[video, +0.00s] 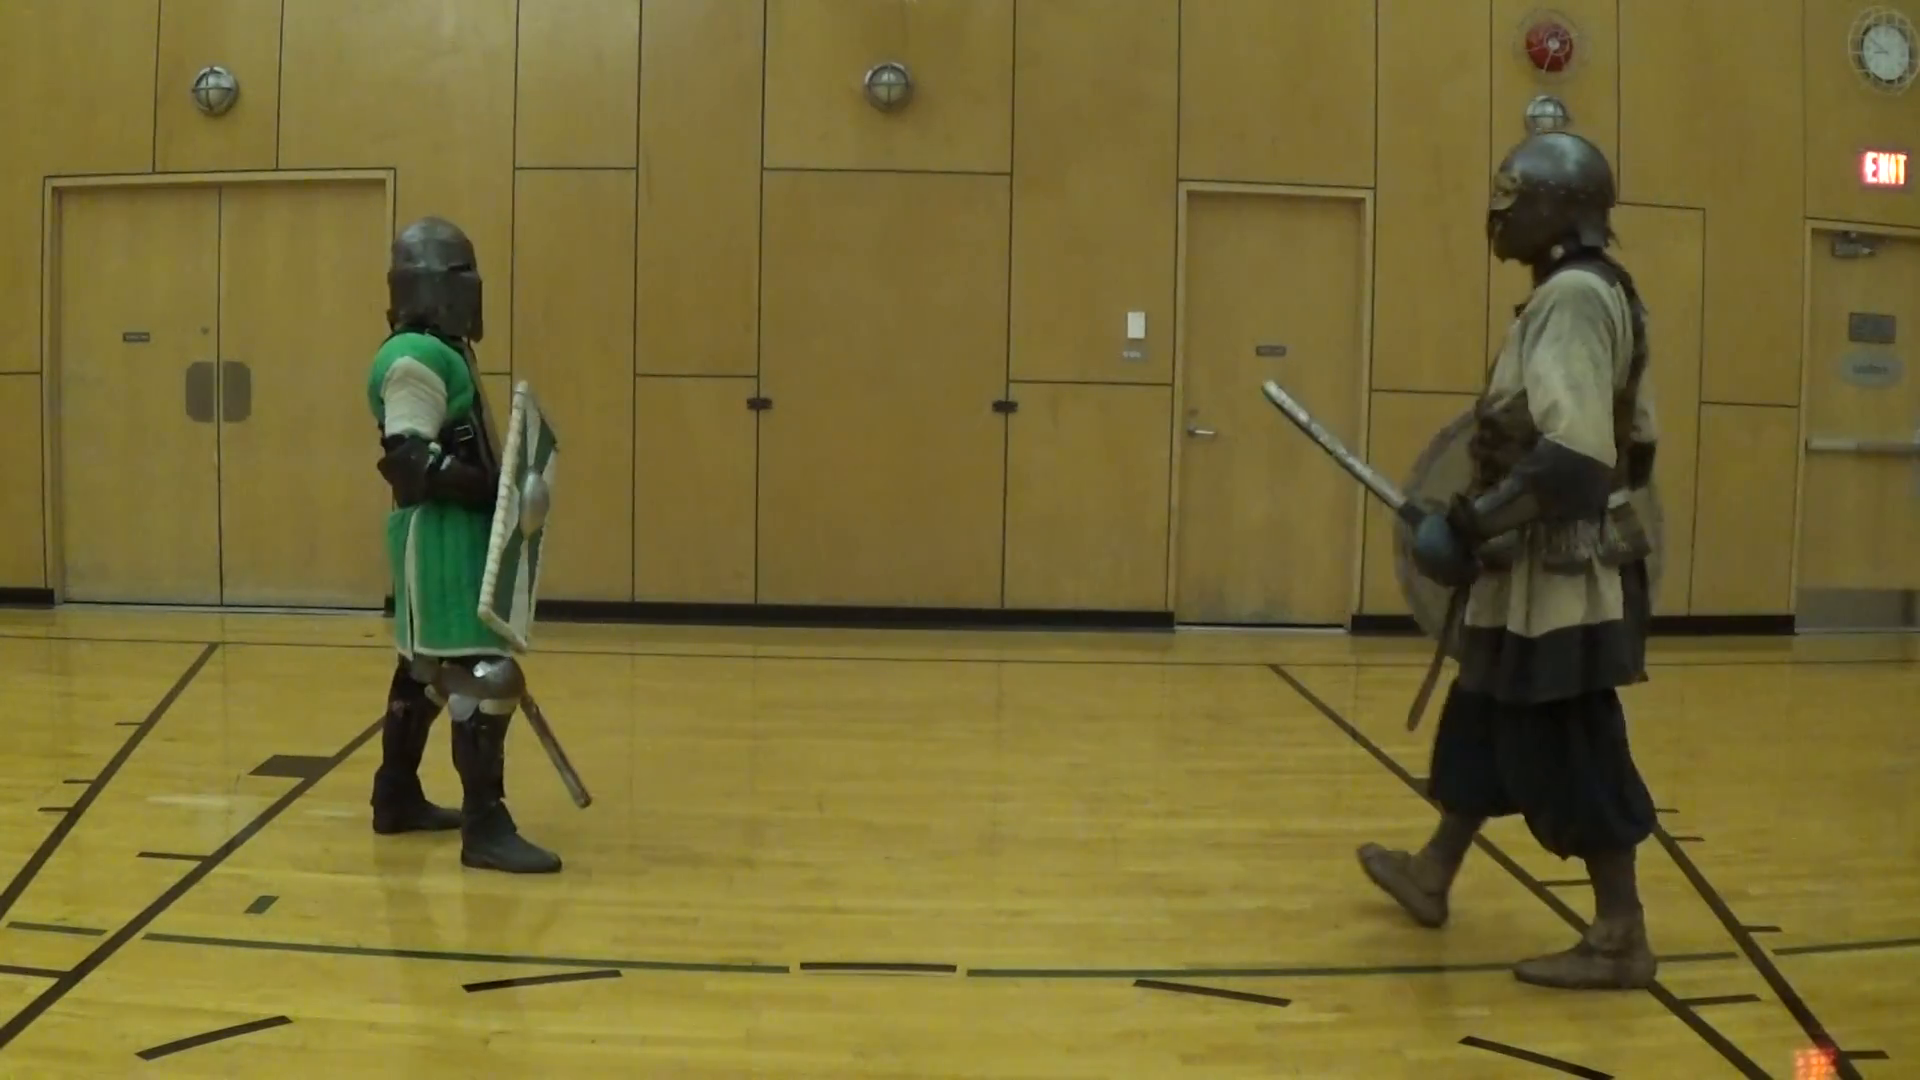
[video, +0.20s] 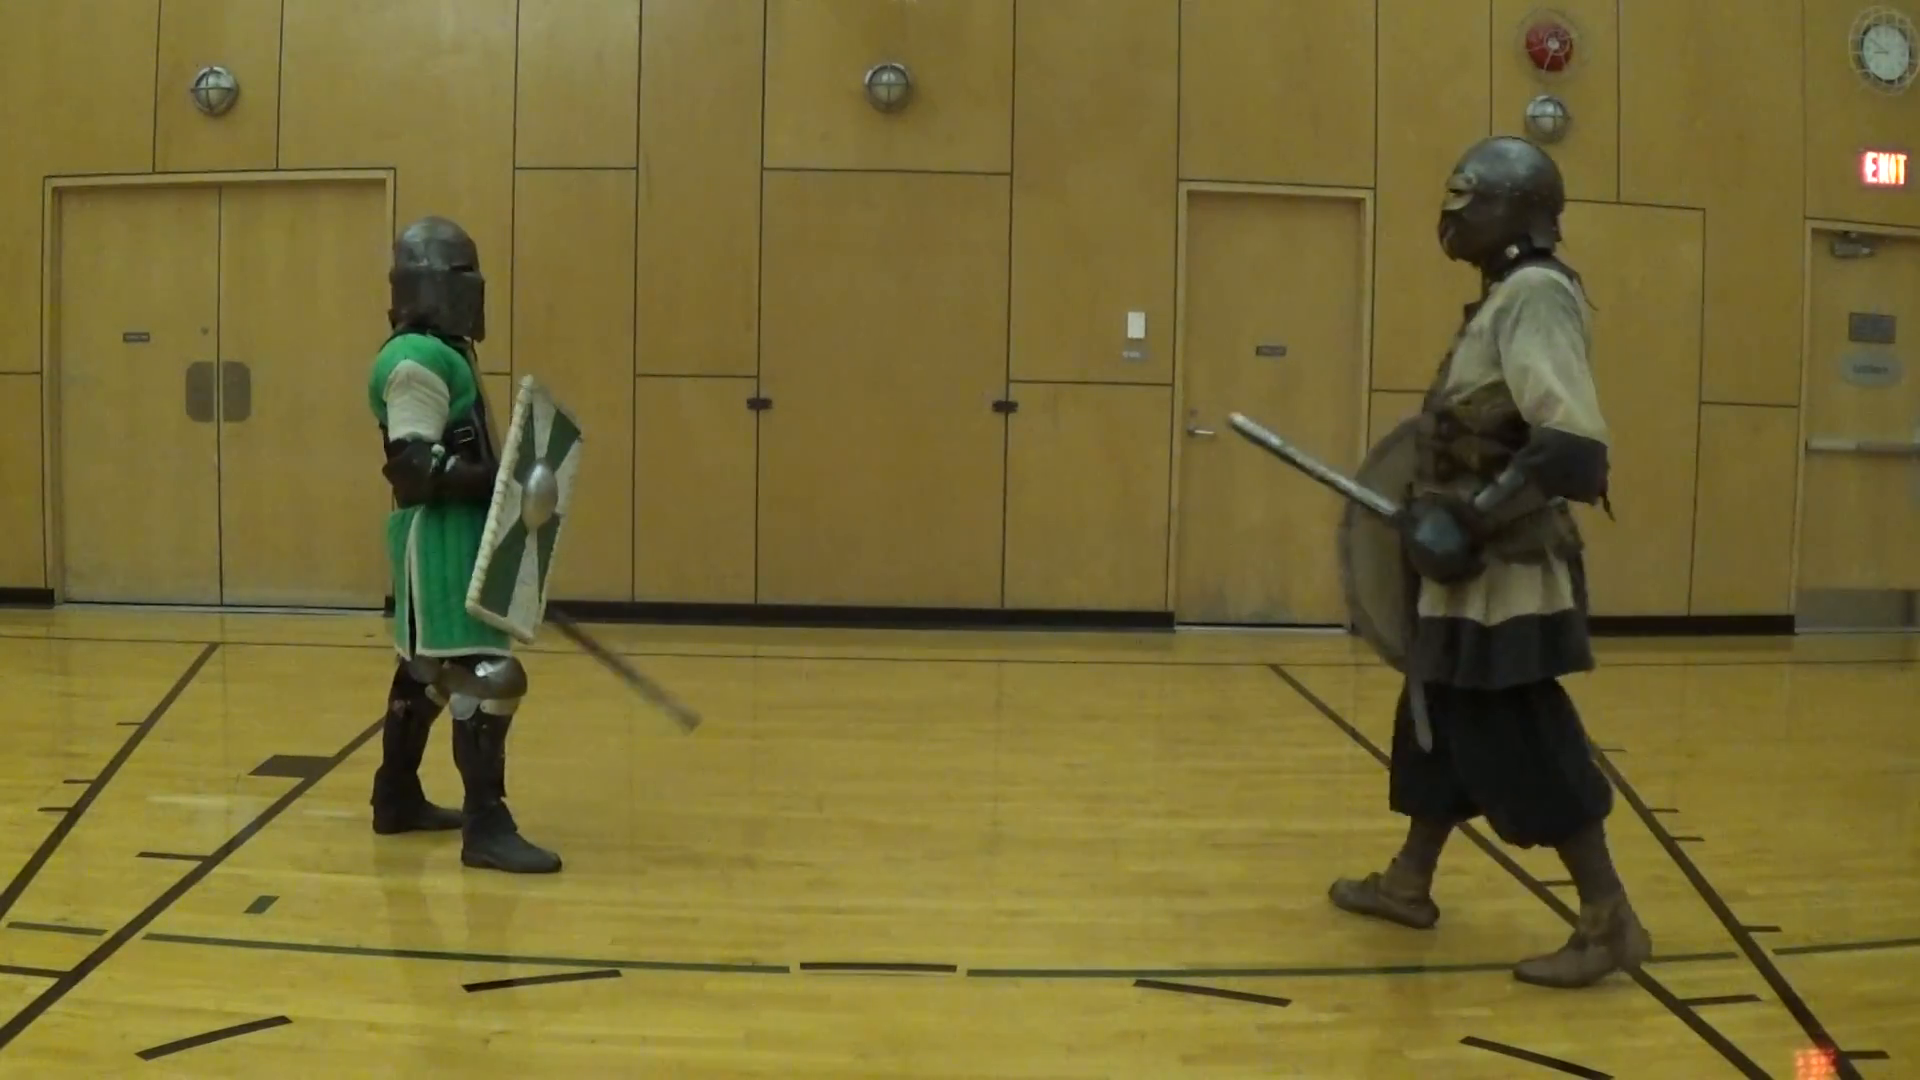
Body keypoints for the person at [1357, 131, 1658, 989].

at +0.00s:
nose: (1496, 211)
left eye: (1512, 196)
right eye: (1500, 194)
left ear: (1565, 211)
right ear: (1568, 212)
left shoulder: (1573, 299)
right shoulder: (1593, 291)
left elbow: (1573, 454)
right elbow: (1632, 450)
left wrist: (1466, 522)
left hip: (1558, 573)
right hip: (1539, 568)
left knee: (1580, 746)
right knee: (1485, 719)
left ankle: (1619, 937)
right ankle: (1431, 873)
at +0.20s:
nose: (1446, 211)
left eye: (1464, 197)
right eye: (1451, 197)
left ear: (1515, 211)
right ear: (1510, 215)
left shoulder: (1536, 298)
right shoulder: (1507, 298)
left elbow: (1569, 444)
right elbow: (1506, 437)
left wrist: (1472, 521)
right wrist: (1437, 502)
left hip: (1508, 570)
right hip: (1471, 565)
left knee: (1532, 739)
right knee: (1441, 721)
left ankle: (1609, 920)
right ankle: (1409, 881)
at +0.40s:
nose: (1408, 213)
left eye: (1424, 199)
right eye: (1412, 198)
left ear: (1473, 212)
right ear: (1467, 214)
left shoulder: (1498, 291)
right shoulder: (1465, 294)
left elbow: (1533, 428)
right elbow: (1450, 423)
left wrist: (1419, 475)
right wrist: (1380, 481)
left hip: (1455, 552)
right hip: (1433, 545)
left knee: (1425, 722)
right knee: (1428, 716)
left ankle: (1553, 877)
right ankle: (1407, 880)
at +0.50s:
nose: (1391, 215)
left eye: (1408, 200)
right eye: (1395, 200)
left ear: (1459, 213)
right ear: (1453, 216)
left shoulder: (1484, 291)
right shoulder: (1453, 293)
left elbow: (1515, 419)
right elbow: (1449, 411)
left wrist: (1392, 435)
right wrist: (1362, 434)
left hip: (1429, 543)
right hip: (1427, 537)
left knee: (1367, 717)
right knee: (1427, 705)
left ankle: (1502, 859)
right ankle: (1407, 880)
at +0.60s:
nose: (1374, 211)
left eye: (1392, 197)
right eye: (1377, 195)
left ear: (1444, 210)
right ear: (1428, 210)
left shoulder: (1464, 283)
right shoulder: (1431, 290)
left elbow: (1493, 398)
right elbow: (1429, 408)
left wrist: (1366, 387)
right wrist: (1340, 461)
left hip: (1419, 531)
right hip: (1400, 525)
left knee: (1340, 699)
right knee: (1400, 696)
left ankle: (1424, 870)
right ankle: (1409, 865)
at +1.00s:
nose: (1307, 205)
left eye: (1324, 191)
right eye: (1311, 190)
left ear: (1374, 205)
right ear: (1372, 208)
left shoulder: (1379, 285)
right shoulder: (1367, 282)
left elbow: (1384, 401)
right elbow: (1345, 390)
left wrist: (1297, 324)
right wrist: (1274, 415)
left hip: (1332, 531)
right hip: (1365, 529)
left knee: (1280, 695)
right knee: (1375, 700)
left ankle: (1278, 870)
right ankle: (1399, 871)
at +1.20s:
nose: (1281, 206)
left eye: (1296, 192)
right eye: (1285, 191)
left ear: (1344, 206)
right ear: (1351, 208)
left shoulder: (1347, 288)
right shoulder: (1365, 279)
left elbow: (1339, 410)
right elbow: (1312, 387)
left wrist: (1254, 339)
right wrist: (1251, 343)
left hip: (1316, 522)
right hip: (1352, 517)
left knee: (1280, 686)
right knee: (1338, 671)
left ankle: (1279, 872)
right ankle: (1395, 826)